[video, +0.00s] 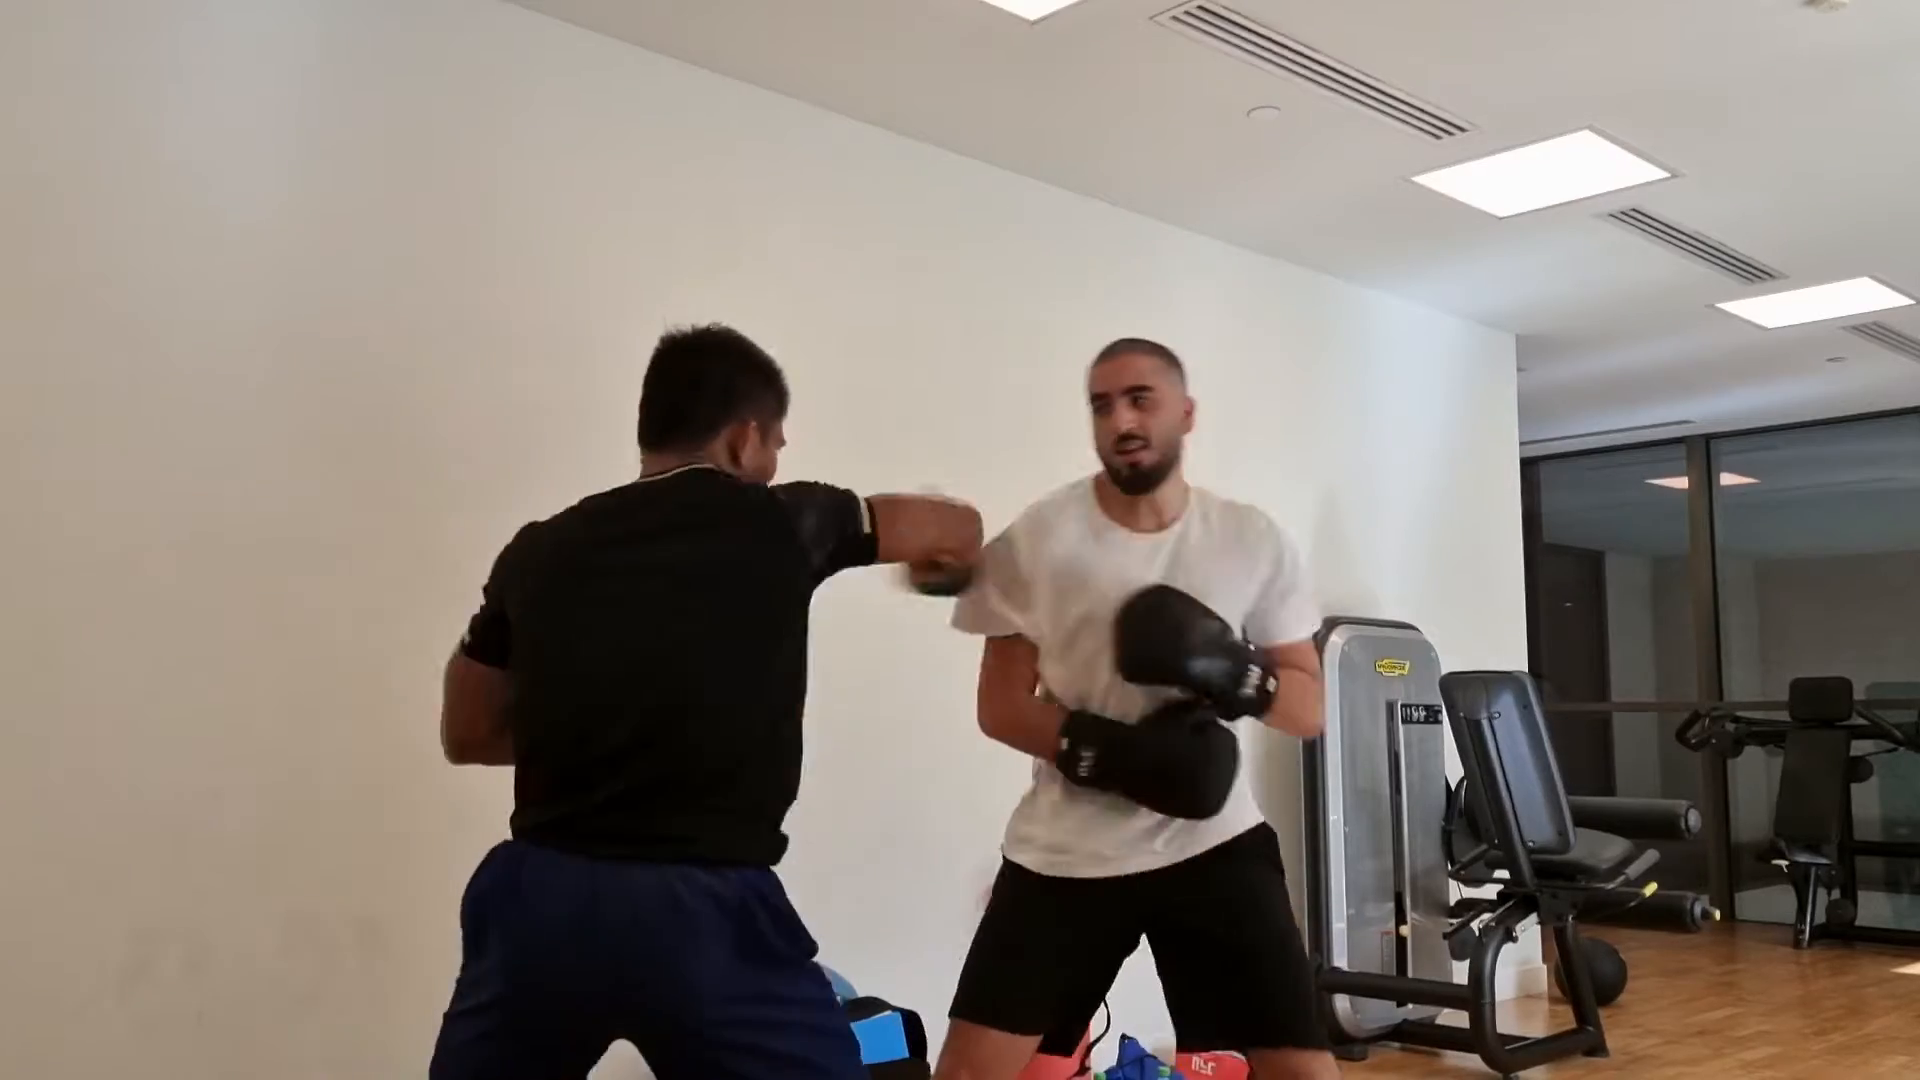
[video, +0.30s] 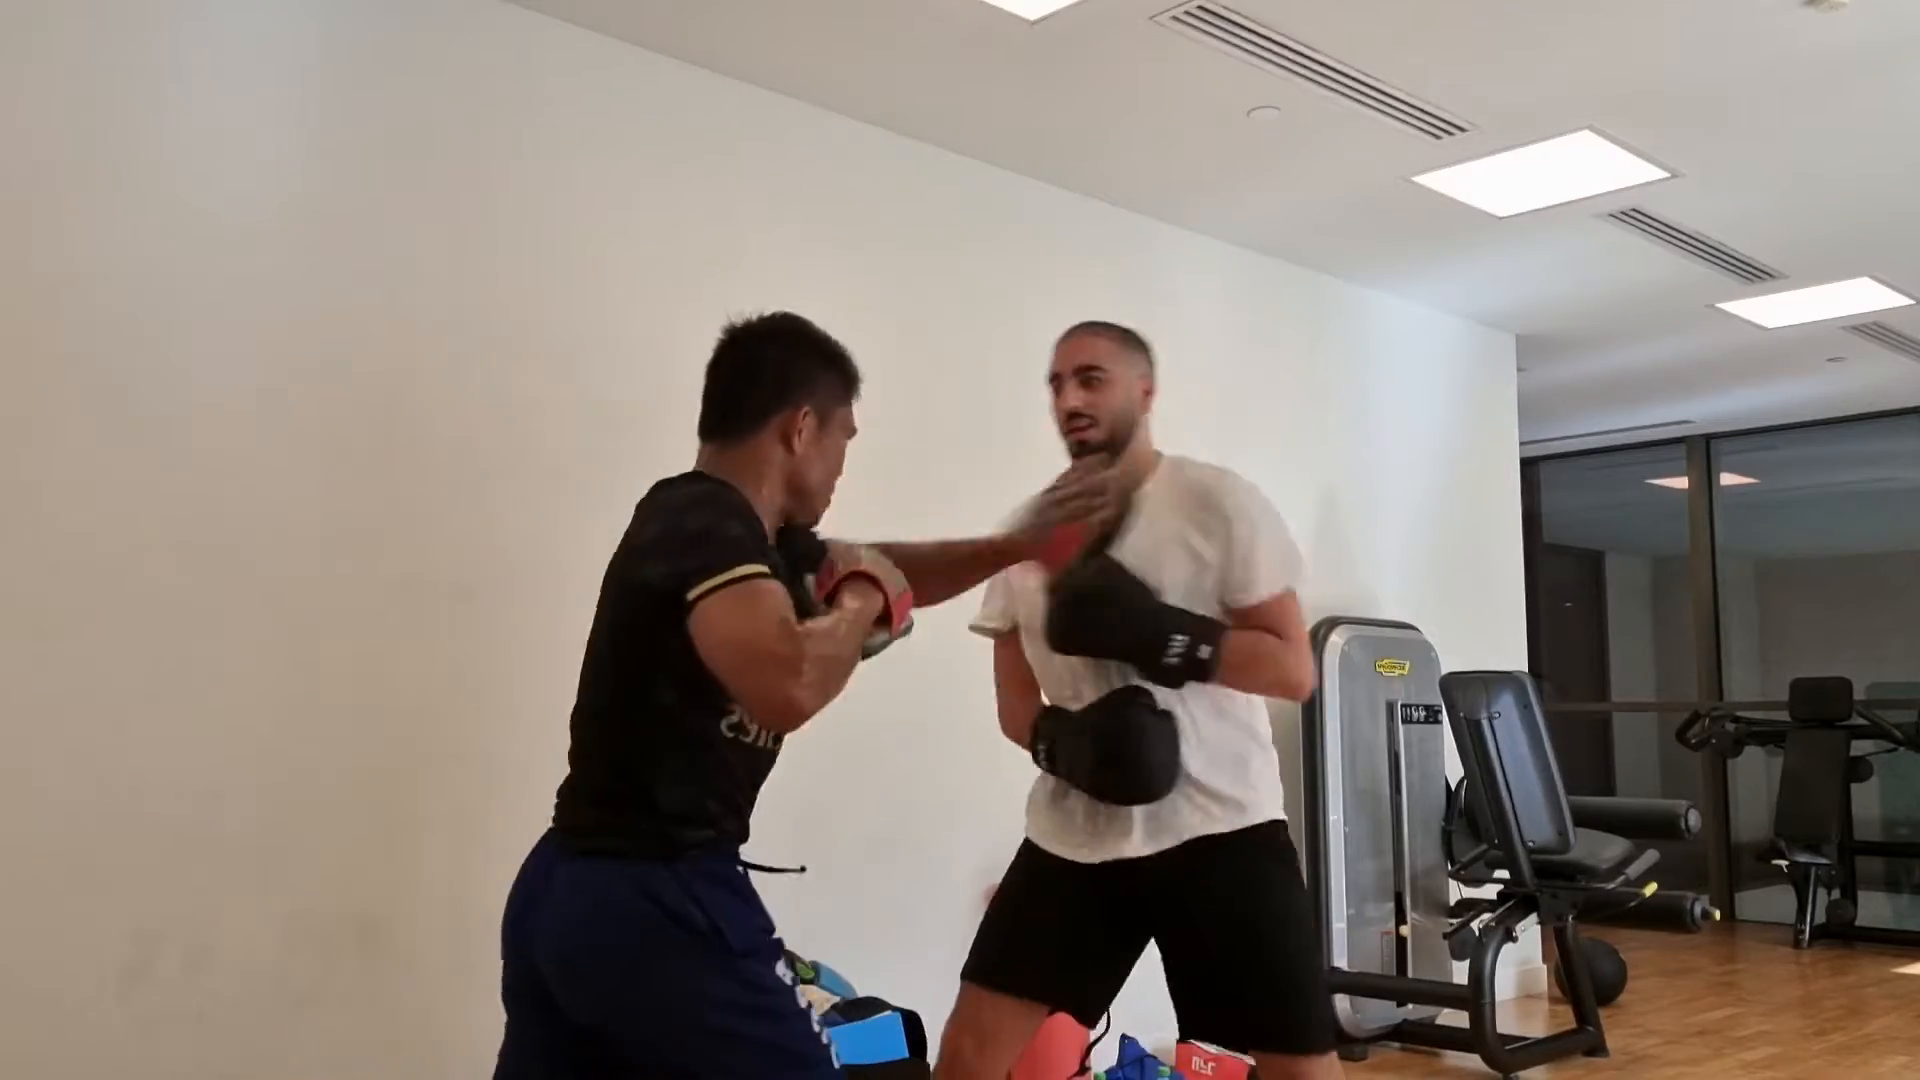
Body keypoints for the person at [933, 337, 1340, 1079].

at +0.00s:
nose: (1121, 419)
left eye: (1141, 398)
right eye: (1103, 405)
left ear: (1188, 412)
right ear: (1090, 425)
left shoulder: (1255, 541)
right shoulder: (1035, 541)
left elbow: (1309, 708)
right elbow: (1001, 708)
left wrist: (1232, 677)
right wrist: (1113, 752)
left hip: (1217, 851)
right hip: (1063, 858)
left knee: (1303, 1070)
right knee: (971, 1069)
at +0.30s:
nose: (1068, 398)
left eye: (1091, 378)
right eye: (1056, 384)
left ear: (1145, 390)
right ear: (1049, 401)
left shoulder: (1221, 503)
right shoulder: (1029, 532)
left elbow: (1295, 668)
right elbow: (1014, 703)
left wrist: (1162, 637)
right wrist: (1062, 738)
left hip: (1222, 842)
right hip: (1071, 847)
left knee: (1302, 1067)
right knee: (969, 1057)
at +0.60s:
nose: (1023, 425)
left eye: (1042, 402)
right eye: (1009, 413)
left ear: (1097, 411)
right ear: (1003, 435)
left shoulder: (1173, 513)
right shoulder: (1003, 563)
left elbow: (1266, 674)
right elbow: (994, 728)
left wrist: (1124, 657)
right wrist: (1047, 768)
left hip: (1198, 855)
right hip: (1048, 862)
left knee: (1282, 1068)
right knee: (955, 1060)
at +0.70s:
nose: (1116, 404)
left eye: (1138, 385)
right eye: (1100, 392)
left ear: (1184, 406)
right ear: (1086, 415)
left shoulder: (1249, 542)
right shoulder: (1020, 534)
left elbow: (1291, 716)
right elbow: (984, 694)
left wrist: (1222, 671)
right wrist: (1100, 758)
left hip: (1208, 856)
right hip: (1051, 855)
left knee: (1303, 1066)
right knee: (963, 1065)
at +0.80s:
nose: (1180, 420)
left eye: (1206, 405)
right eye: (1167, 404)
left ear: (1249, 435)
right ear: (1150, 423)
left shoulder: (1269, 569)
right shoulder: (1094, 521)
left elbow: (1279, 754)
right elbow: (1024, 679)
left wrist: (1277, 675)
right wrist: (1133, 773)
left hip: (1209, 862)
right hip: (1058, 854)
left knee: (1320, 1066)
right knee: (971, 1069)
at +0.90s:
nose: (1161, 425)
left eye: (1188, 410)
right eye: (1152, 409)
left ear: (1236, 440)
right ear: (1138, 426)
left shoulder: (1266, 565)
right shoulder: (1071, 532)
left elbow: (1319, 745)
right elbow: (1000, 692)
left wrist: (1289, 665)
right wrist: (1102, 769)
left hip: (1211, 859)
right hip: (1060, 850)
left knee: (1315, 1068)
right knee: (962, 1065)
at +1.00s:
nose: (1075, 418)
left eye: (1099, 401)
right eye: (1069, 402)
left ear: (1157, 423)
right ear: (1062, 416)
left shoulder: (1217, 521)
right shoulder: (1017, 558)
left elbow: (1303, 670)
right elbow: (997, 718)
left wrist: (1184, 587)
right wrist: (1032, 747)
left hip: (1201, 857)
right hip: (1056, 865)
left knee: (1280, 1069)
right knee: (957, 1063)